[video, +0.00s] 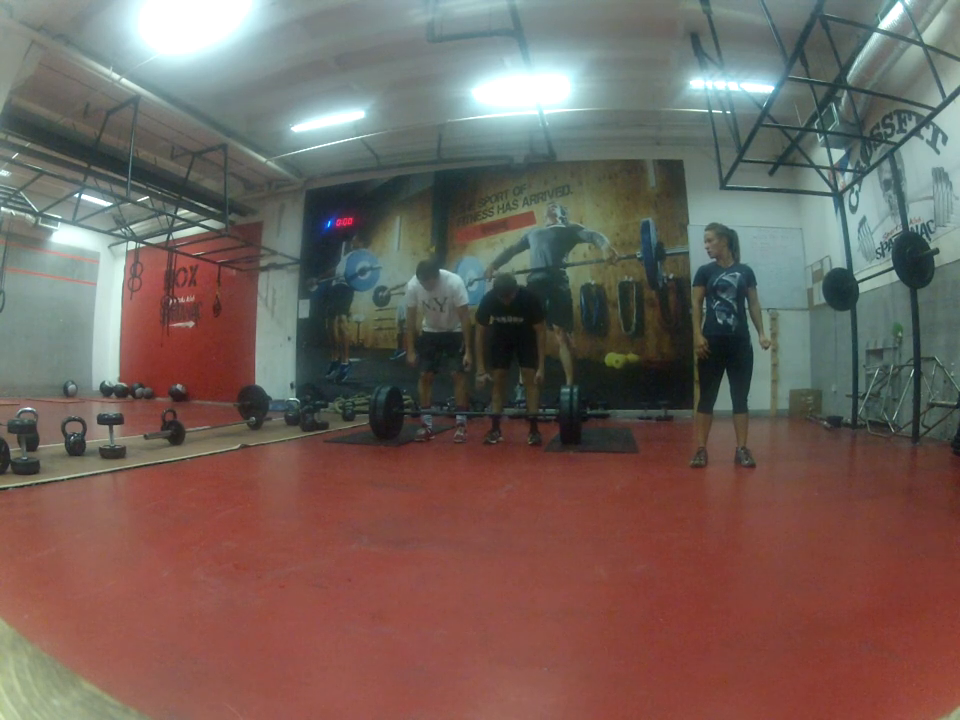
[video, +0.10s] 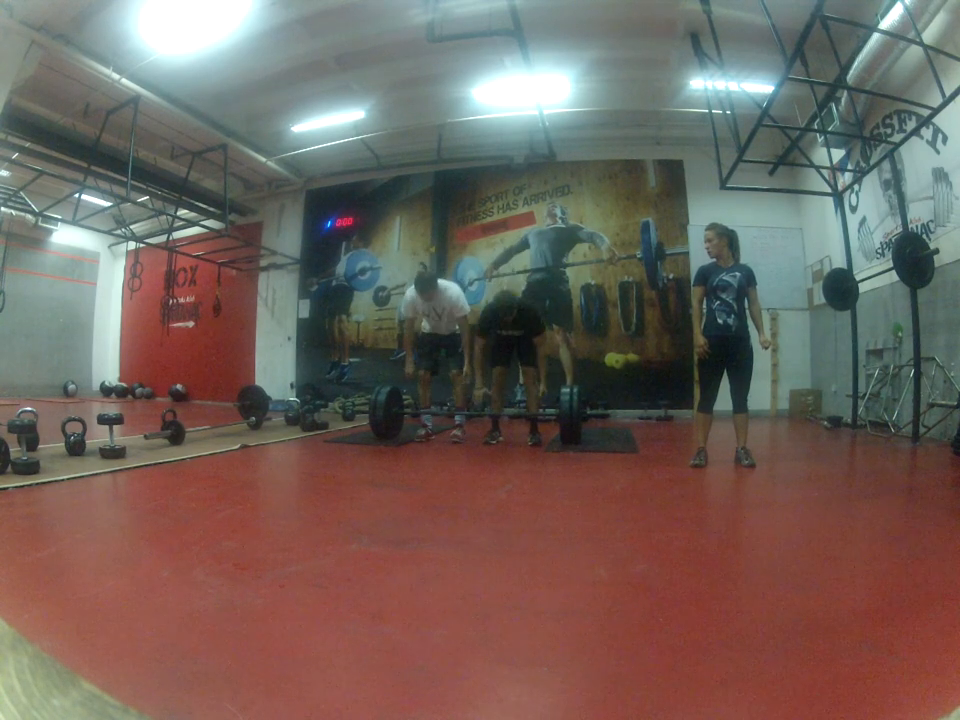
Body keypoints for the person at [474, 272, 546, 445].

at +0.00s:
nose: (506, 300)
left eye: (508, 296)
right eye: (502, 296)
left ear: (515, 291)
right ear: (496, 292)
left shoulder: (530, 299)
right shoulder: (489, 300)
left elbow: (540, 330)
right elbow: (480, 332)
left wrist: (541, 367)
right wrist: (480, 369)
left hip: (526, 341)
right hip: (501, 341)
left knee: (530, 378)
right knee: (498, 378)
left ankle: (534, 429)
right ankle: (495, 428)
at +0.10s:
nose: (507, 319)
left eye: (510, 315)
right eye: (504, 316)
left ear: (516, 309)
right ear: (497, 310)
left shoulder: (529, 311)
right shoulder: (489, 312)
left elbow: (541, 345)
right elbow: (479, 346)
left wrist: (543, 381)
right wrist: (479, 384)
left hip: (525, 338)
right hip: (501, 338)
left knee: (530, 376)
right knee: (498, 376)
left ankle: (534, 429)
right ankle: (495, 428)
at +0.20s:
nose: (507, 334)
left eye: (510, 330)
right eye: (504, 331)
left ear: (516, 325)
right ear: (498, 327)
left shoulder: (529, 325)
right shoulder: (490, 326)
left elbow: (540, 359)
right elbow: (478, 361)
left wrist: (545, 394)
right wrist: (478, 397)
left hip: (524, 344)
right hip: (499, 344)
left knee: (531, 380)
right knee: (497, 380)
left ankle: (534, 430)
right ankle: (495, 429)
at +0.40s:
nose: (508, 348)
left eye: (511, 345)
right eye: (505, 345)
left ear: (517, 339)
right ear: (498, 339)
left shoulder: (529, 337)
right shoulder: (491, 340)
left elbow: (541, 371)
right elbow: (474, 371)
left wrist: (547, 404)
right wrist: (476, 404)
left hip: (524, 354)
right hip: (499, 356)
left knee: (531, 386)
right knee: (493, 389)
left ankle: (534, 431)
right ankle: (495, 429)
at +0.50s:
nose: (507, 349)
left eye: (509, 346)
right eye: (503, 347)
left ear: (516, 340)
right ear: (498, 341)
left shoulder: (529, 338)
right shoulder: (490, 341)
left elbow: (541, 371)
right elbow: (474, 371)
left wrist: (547, 402)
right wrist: (476, 403)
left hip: (525, 356)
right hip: (501, 357)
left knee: (531, 385)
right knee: (494, 386)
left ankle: (534, 431)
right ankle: (495, 429)